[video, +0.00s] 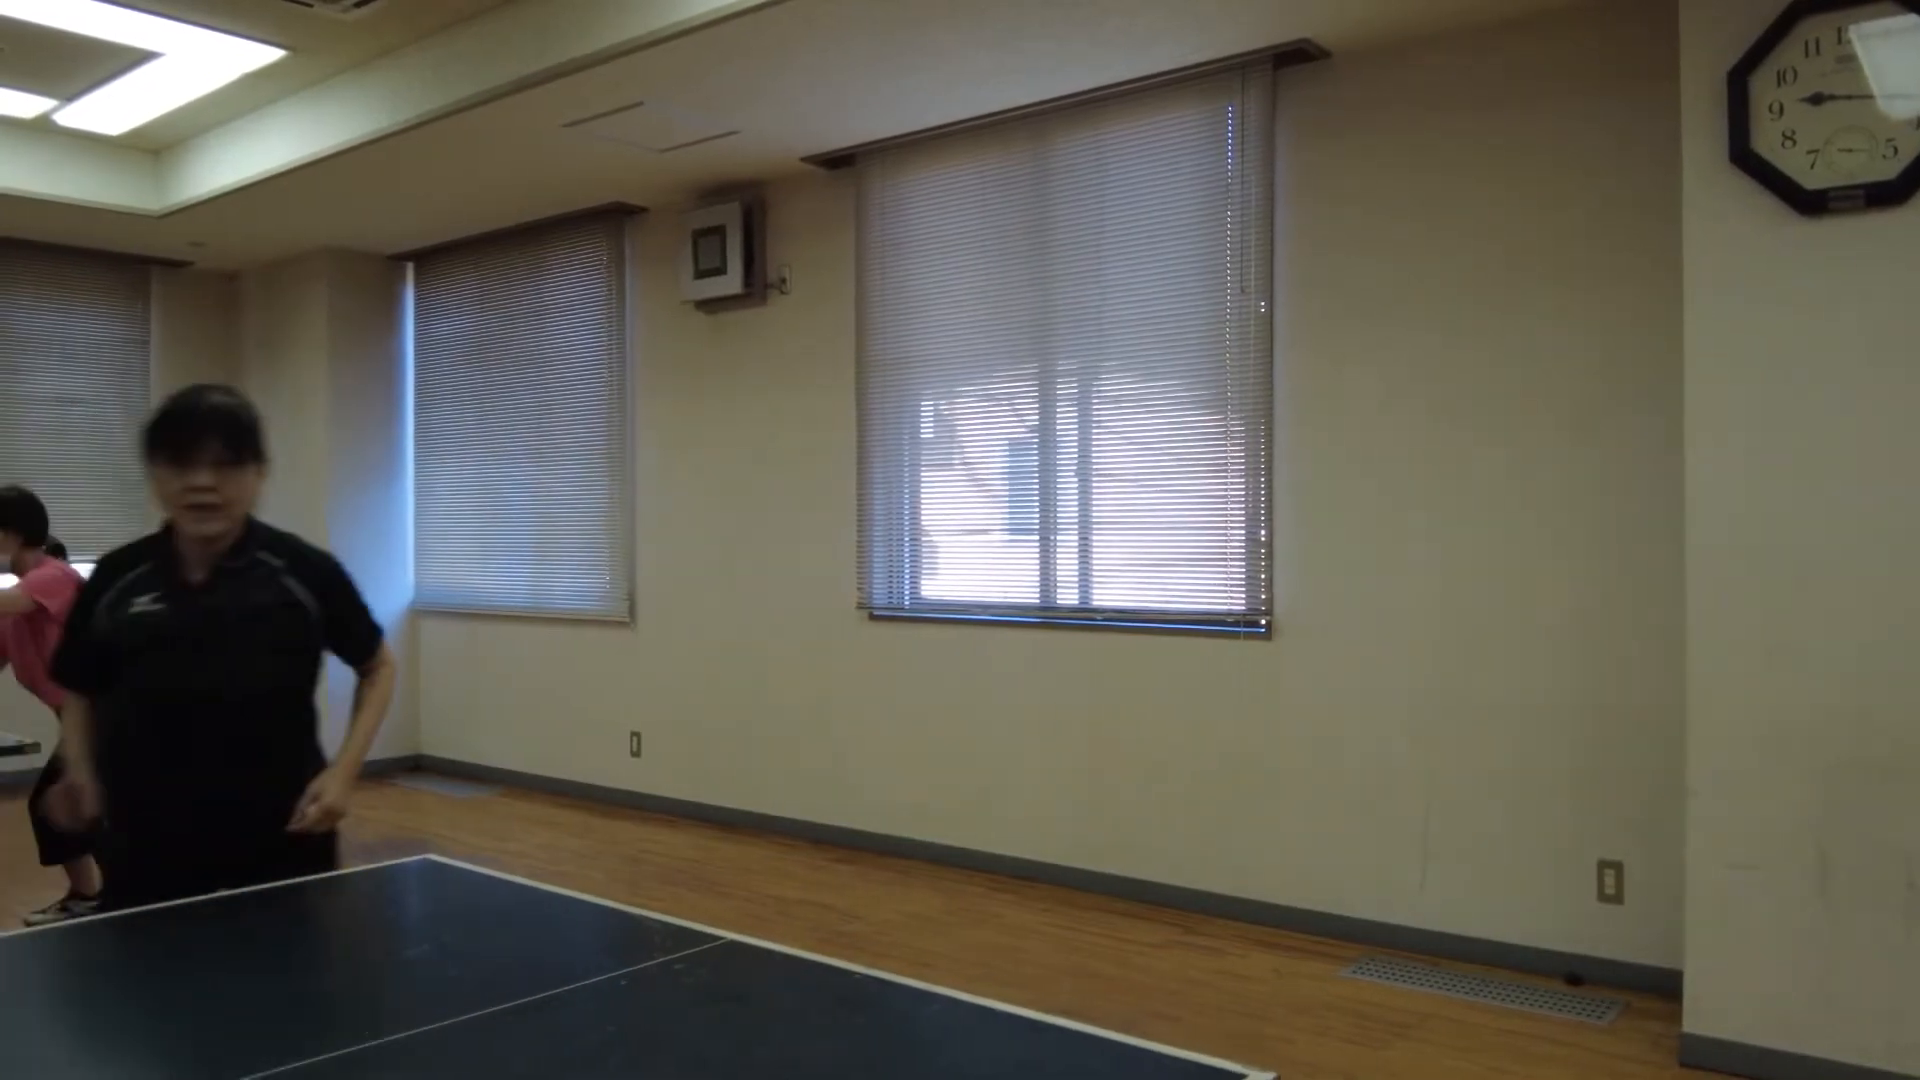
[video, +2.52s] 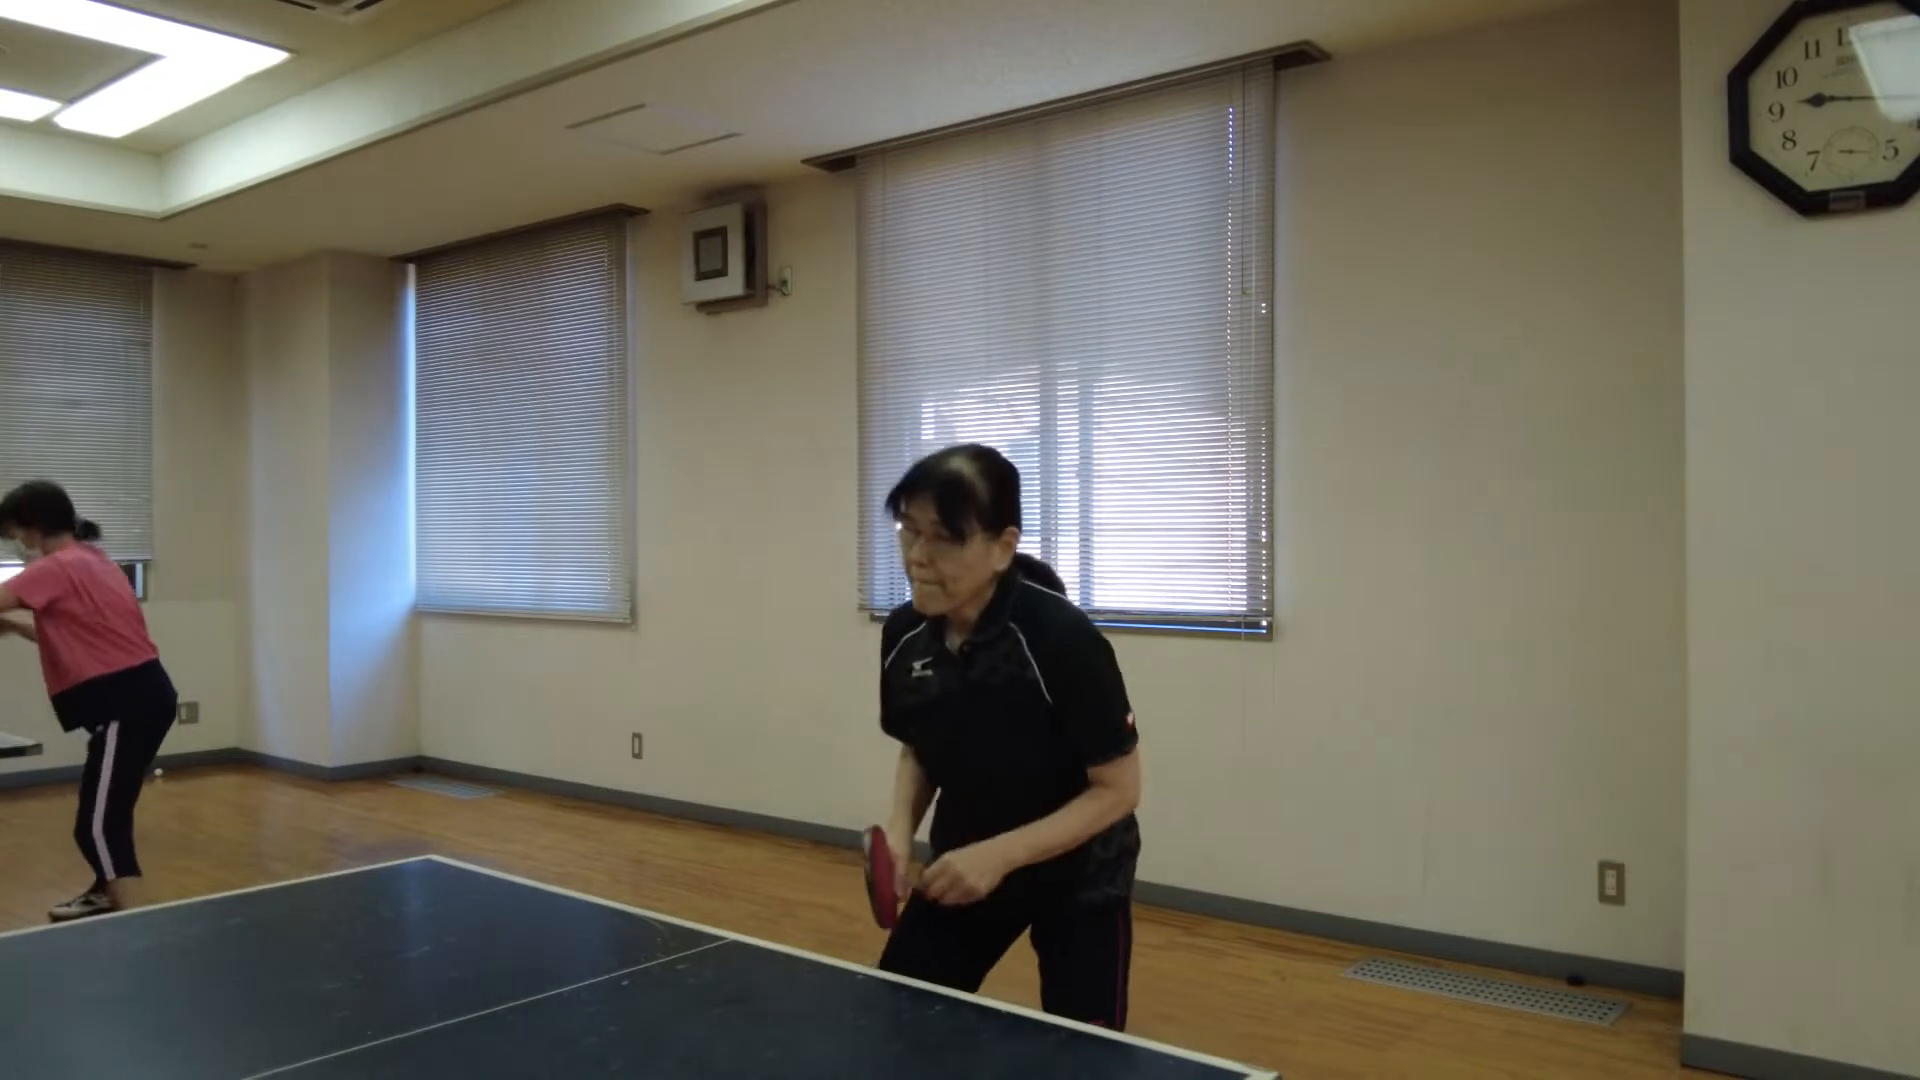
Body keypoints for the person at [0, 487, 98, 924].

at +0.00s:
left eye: (1, 535)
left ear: (21, 535)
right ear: (21, 537)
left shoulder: (54, 575)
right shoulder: (22, 591)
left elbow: (12, 603)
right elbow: (5, 656)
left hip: (99, 710)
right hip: (76, 714)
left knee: (51, 801)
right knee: (52, 801)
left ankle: (93, 890)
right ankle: (87, 891)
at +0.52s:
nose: (6, 534)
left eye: (9, 524)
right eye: (5, 524)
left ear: (28, 524)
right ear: (55, 521)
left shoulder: (35, 571)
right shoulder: (81, 564)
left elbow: (4, 618)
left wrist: (28, 647)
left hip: (98, 699)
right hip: (125, 689)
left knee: (76, 812)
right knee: (73, 798)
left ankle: (105, 902)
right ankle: (85, 890)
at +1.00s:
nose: (14, 541)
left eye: (19, 529)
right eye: (12, 532)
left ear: (43, 529)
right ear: (33, 532)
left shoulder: (72, 579)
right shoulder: (50, 588)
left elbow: (28, 639)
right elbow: (25, 666)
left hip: (136, 707)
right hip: (102, 716)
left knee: (100, 810)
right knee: (69, 798)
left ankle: (112, 899)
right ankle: (98, 891)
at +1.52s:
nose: (12, 546)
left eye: (12, 536)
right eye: (9, 537)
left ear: (33, 526)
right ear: (58, 520)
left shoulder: (48, 567)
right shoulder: (94, 557)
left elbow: (7, 610)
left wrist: (44, 630)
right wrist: (25, 623)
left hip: (113, 704)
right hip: (134, 695)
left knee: (91, 825)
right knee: (87, 815)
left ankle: (135, 927)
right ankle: (87, 888)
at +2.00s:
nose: (28, 536)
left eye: (32, 524)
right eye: (26, 527)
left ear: (60, 524)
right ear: (56, 528)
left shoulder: (87, 579)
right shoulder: (64, 586)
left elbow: (46, 641)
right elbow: (49, 667)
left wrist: (1, 618)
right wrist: (1, 674)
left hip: (142, 711)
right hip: (111, 716)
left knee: (99, 816)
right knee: (76, 801)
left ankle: (125, 914)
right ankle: (106, 898)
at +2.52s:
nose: (18, 543)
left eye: (18, 533)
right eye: (15, 535)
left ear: (36, 526)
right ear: (63, 521)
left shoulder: (60, 565)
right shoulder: (94, 560)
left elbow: (0, 600)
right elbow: (64, 635)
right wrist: (14, 622)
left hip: (126, 701)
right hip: (143, 695)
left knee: (99, 821)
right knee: (103, 810)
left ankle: (133, 922)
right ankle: (107, 892)